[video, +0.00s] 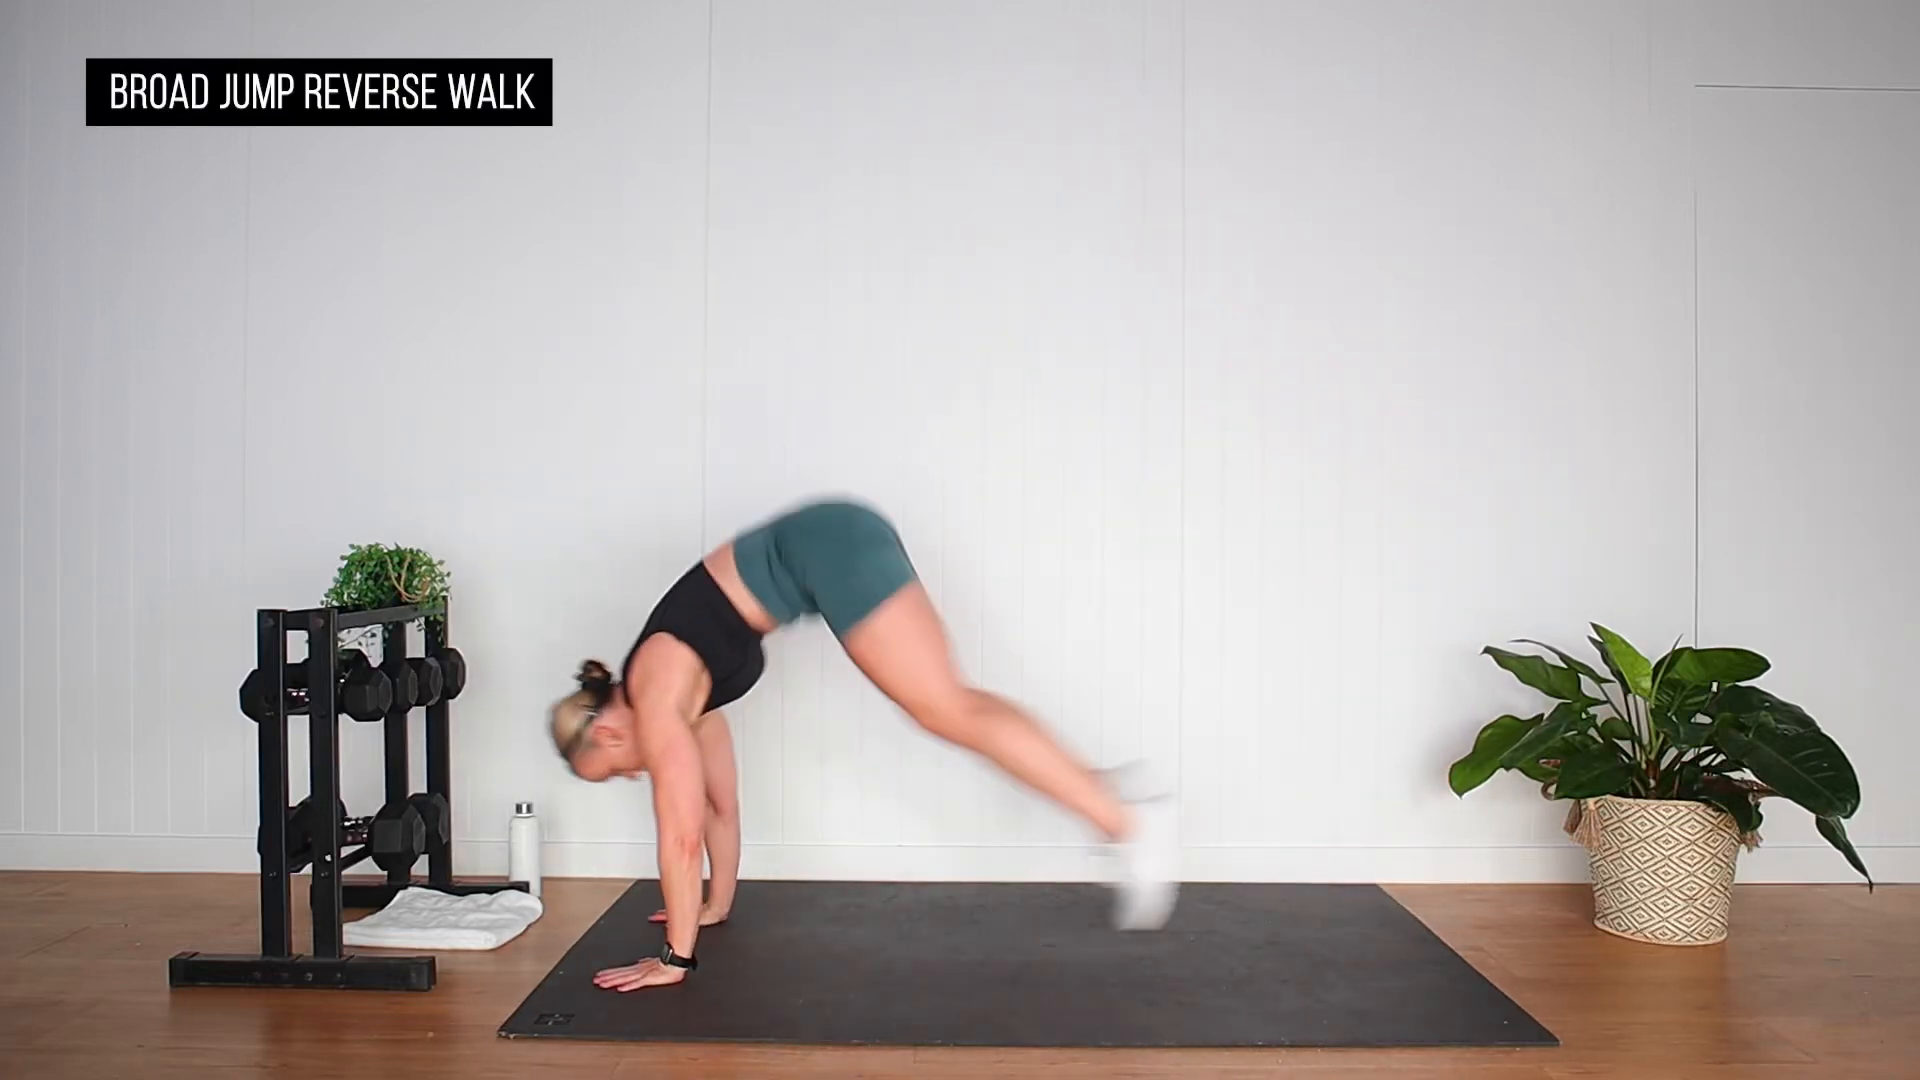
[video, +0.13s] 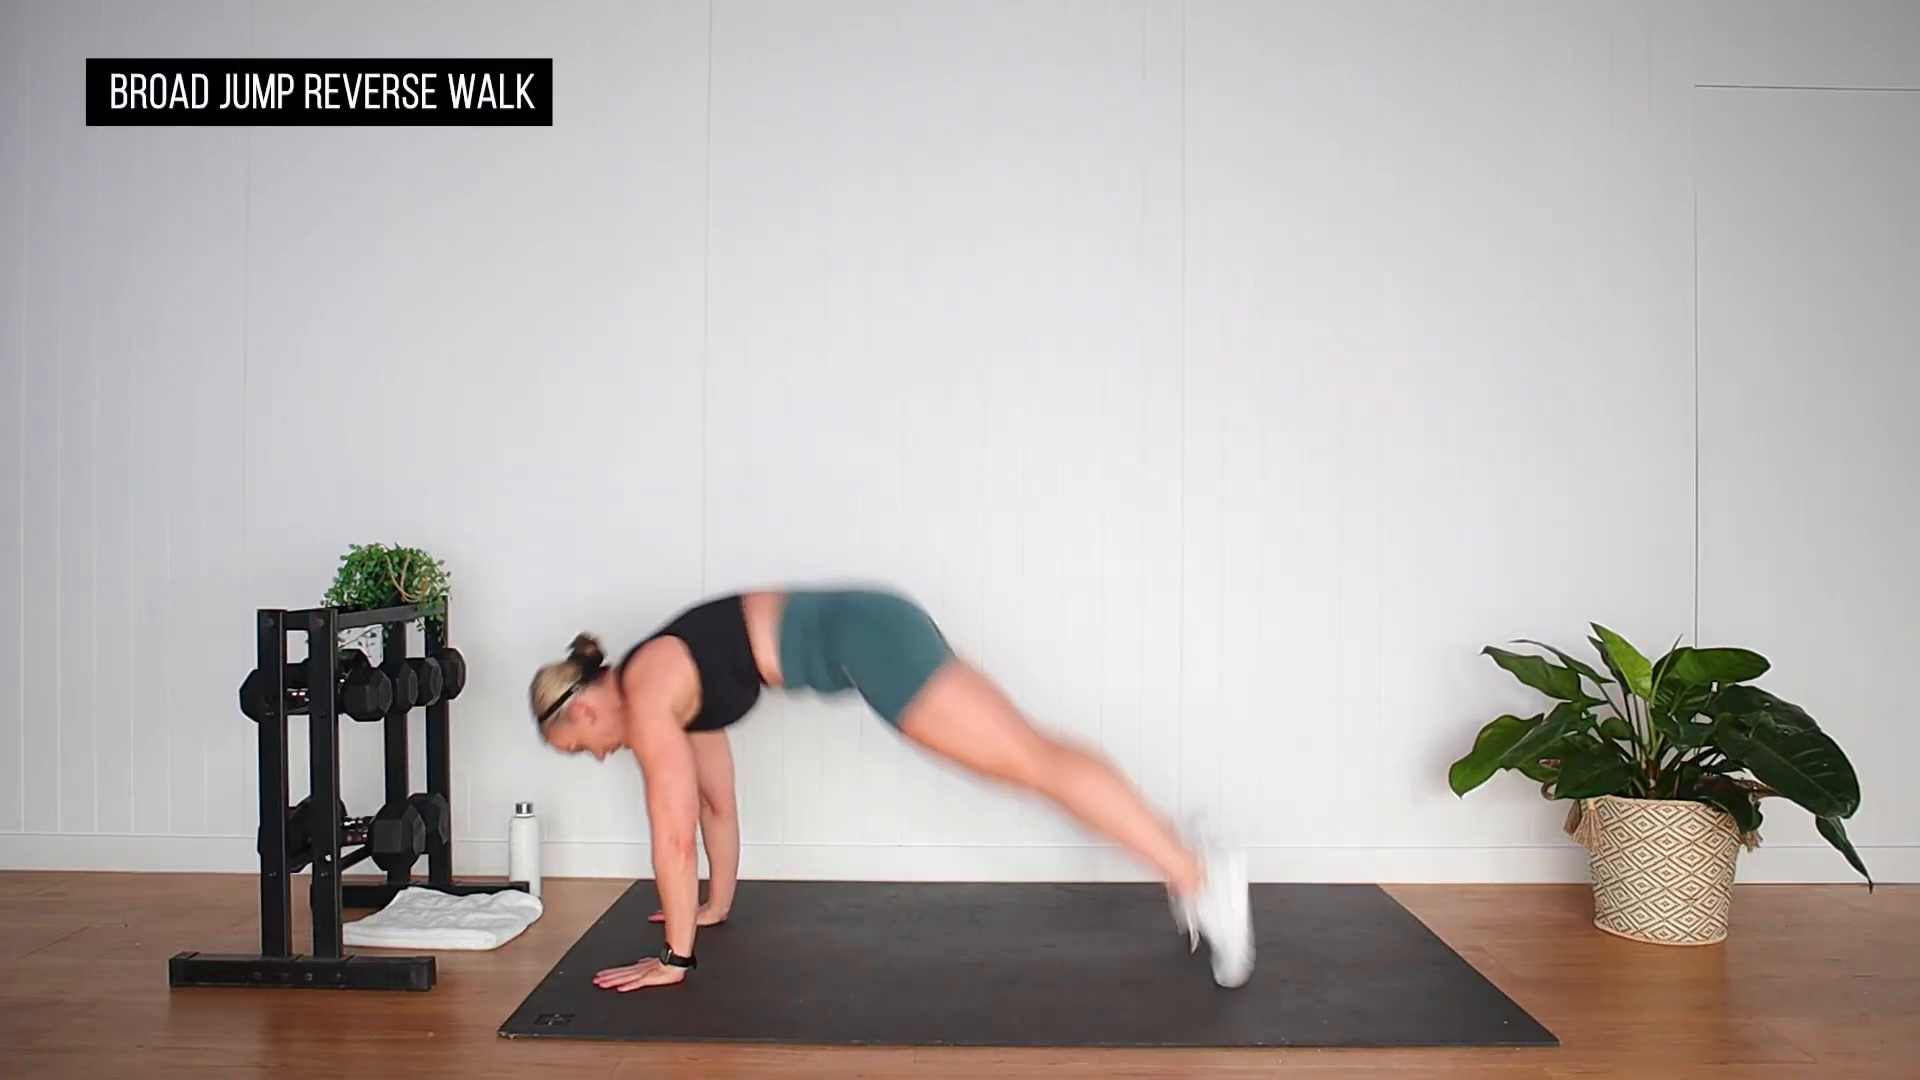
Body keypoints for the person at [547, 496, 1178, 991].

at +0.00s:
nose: (629, 774)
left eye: (609, 766)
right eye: (613, 772)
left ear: (606, 726)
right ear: (615, 721)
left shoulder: (654, 693)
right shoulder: (676, 689)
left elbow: (680, 832)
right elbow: (718, 809)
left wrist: (678, 957)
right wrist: (717, 903)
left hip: (832, 547)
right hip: (834, 544)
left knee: (950, 712)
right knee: (954, 703)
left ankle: (1124, 827)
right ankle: (1103, 794)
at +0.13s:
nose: (589, 751)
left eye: (575, 742)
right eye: (577, 747)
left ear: (587, 702)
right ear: (595, 697)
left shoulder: (645, 682)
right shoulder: (677, 687)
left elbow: (674, 823)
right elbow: (714, 807)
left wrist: (676, 953)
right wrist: (716, 901)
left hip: (858, 634)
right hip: (859, 631)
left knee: (1029, 764)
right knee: (1031, 754)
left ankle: (1194, 876)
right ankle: (1184, 868)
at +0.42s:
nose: (674, 750)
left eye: (663, 737)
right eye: (662, 744)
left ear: (677, 700)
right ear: (679, 693)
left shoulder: (745, 697)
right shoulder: (741, 686)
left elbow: (738, 842)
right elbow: (740, 827)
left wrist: (690, 955)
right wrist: (706, 908)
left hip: (956, 636)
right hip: (952, 633)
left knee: (1096, 790)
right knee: (1096, 782)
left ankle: (1275, 905)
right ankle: (1250, 862)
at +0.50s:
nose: (708, 761)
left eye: (695, 748)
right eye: (693, 754)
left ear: (707, 708)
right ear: (709, 698)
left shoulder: (771, 694)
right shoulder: (763, 685)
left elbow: (799, 828)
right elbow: (759, 809)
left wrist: (761, 926)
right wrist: (724, 904)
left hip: (987, 614)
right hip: (984, 613)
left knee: (1109, 774)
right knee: (1111, 766)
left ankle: (1278, 901)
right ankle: (1258, 869)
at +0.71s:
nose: (802, 774)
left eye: (790, 764)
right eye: (789, 771)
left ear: (804, 724)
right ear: (805, 715)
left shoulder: (874, 708)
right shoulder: (851, 703)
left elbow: (895, 838)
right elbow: (798, 822)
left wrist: (869, 954)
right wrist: (724, 903)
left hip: (1058, 582)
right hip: (1052, 585)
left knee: (1149, 761)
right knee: (1149, 756)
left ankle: (1300, 907)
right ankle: (1275, 881)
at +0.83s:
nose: (863, 785)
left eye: (850, 777)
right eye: (849, 784)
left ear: (855, 735)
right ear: (852, 730)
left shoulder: (914, 713)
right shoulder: (898, 702)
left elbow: (915, 844)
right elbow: (892, 810)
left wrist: (870, 956)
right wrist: (819, 883)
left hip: (1103, 582)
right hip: (1093, 580)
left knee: (1173, 767)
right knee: (1173, 760)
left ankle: (1314, 916)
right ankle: (1276, 876)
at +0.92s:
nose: (892, 786)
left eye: (881, 777)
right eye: (880, 783)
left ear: (881, 733)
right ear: (884, 727)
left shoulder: (938, 716)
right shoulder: (939, 703)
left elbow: (923, 853)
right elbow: (967, 807)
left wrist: (870, 958)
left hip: (1135, 574)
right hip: (1121, 575)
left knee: (1179, 768)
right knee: (1177, 761)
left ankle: (1321, 921)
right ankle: (1274, 878)